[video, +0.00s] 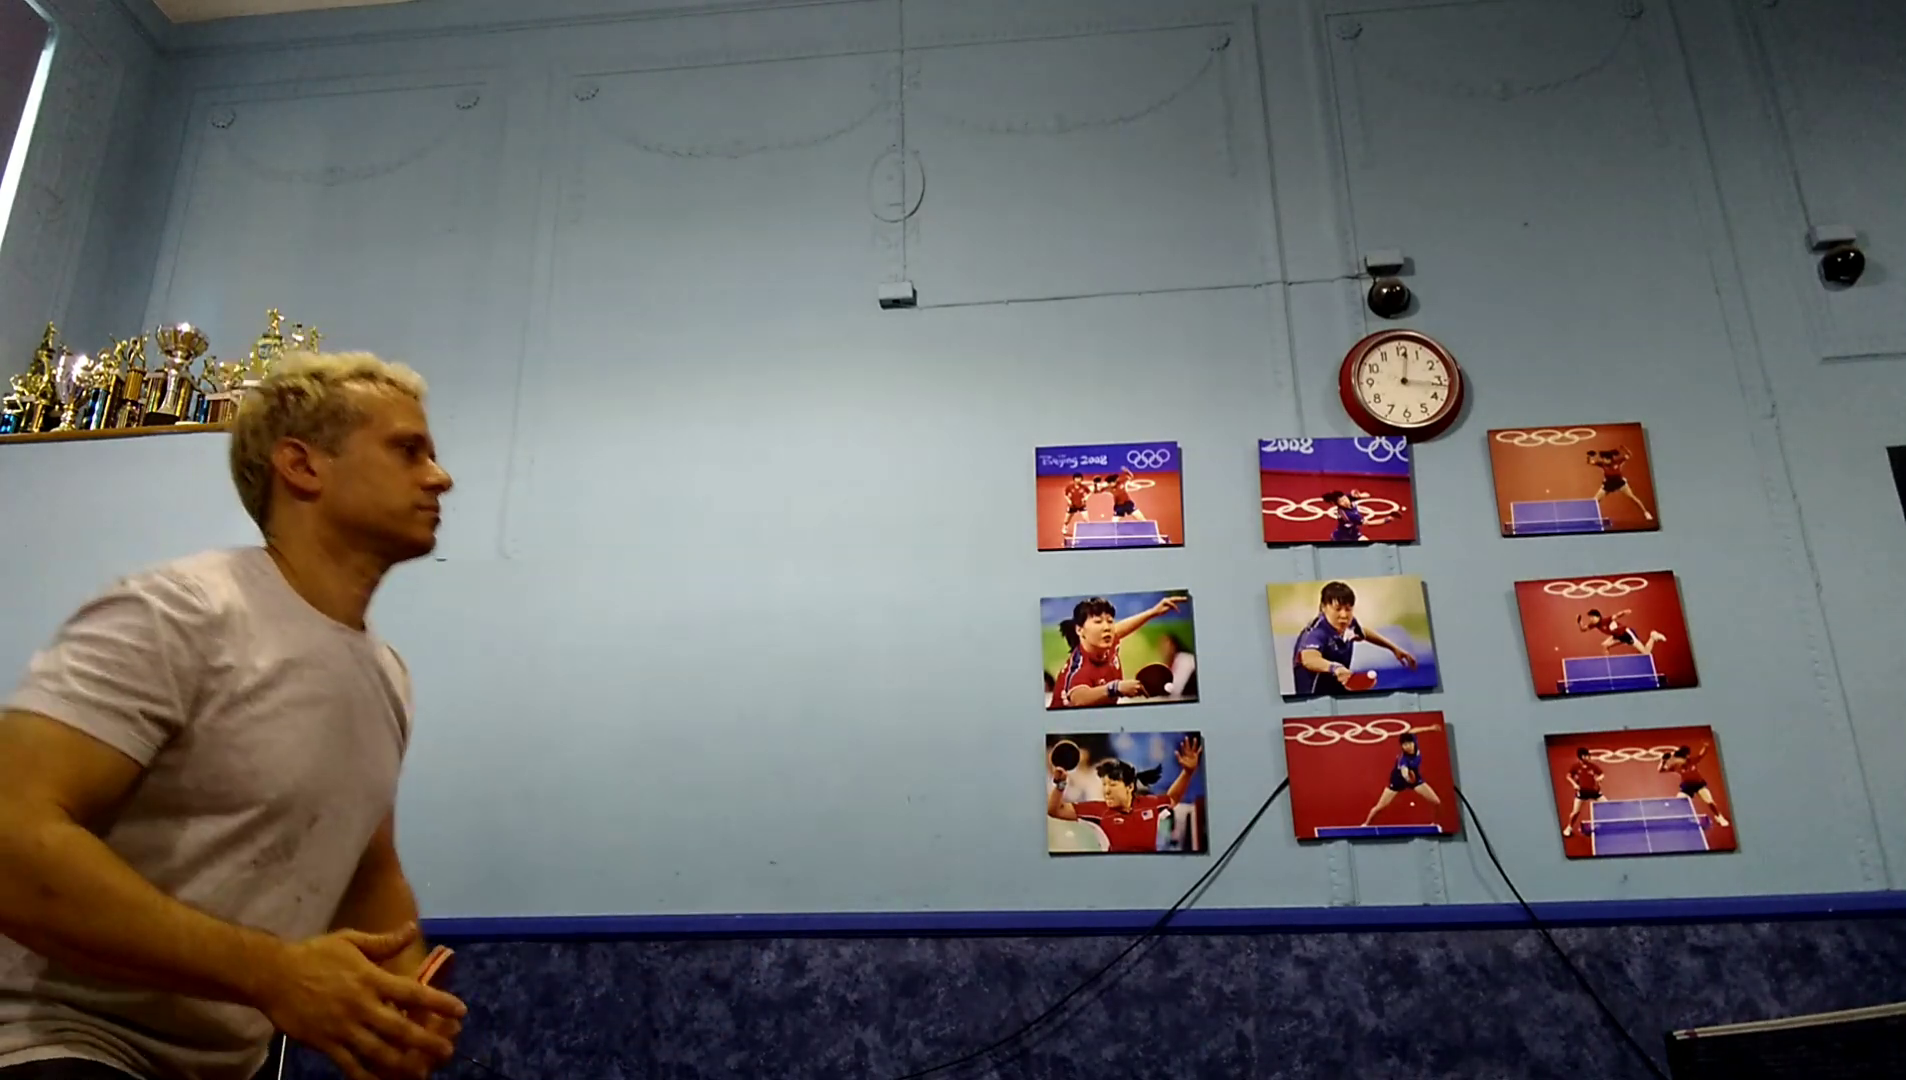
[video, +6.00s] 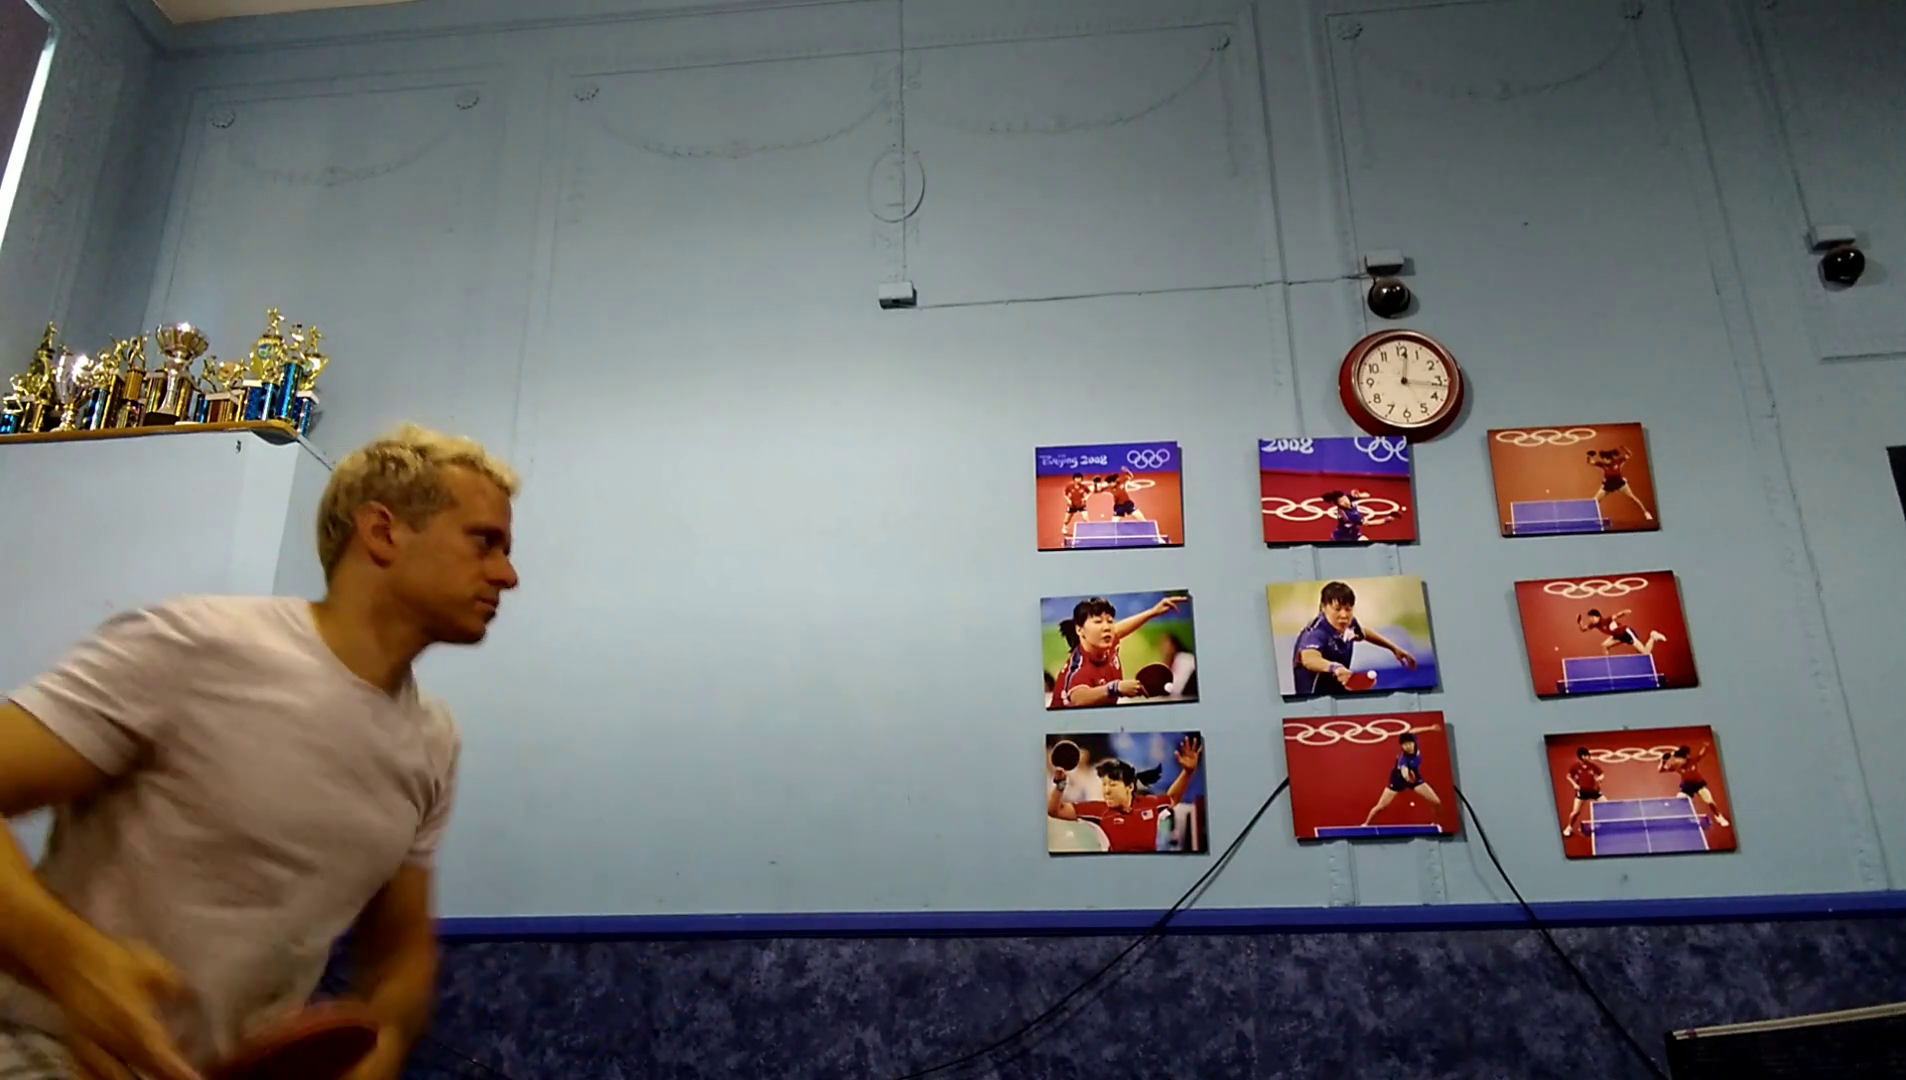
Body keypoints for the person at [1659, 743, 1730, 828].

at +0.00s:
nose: (1685, 759)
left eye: (1686, 756)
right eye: (1683, 757)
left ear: (1687, 756)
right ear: (1679, 757)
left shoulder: (1692, 760)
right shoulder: (1676, 765)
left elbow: (1701, 755)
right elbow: (1661, 770)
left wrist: (1705, 747)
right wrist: (1663, 760)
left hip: (1699, 784)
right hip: (1686, 786)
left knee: (1710, 802)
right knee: (1678, 803)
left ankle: (1718, 817)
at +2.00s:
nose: (1686, 759)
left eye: (1687, 757)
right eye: (1684, 758)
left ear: (1688, 757)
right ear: (1679, 759)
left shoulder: (1693, 761)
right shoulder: (1677, 766)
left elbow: (1701, 755)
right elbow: (1661, 771)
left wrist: (1705, 747)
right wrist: (1662, 761)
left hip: (1699, 784)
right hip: (1686, 785)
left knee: (1710, 802)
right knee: (1679, 802)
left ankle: (1718, 816)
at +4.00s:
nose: (1679, 762)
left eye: (1681, 760)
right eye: (1677, 760)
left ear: (1686, 757)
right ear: (1676, 759)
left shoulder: (1693, 761)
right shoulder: (1676, 766)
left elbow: (1701, 755)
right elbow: (1661, 771)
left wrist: (1705, 747)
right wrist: (1663, 761)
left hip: (1699, 784)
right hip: (1686, 785)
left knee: (1710, 802)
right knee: (1679, 802)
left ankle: (1718, 816)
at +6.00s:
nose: (1679, 762)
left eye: (1681, 759)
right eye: (1677, 760)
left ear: (1686, 757)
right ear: (1676, 759)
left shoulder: (1693, 761)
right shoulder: (1676, 766)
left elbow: (1701, 755)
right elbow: (1661, 770)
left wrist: (1705, 747)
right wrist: (1663, 761)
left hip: (1699, 784)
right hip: (1686, 786)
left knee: (1710, 802)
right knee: (1679, 802)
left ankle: (1718, 816)